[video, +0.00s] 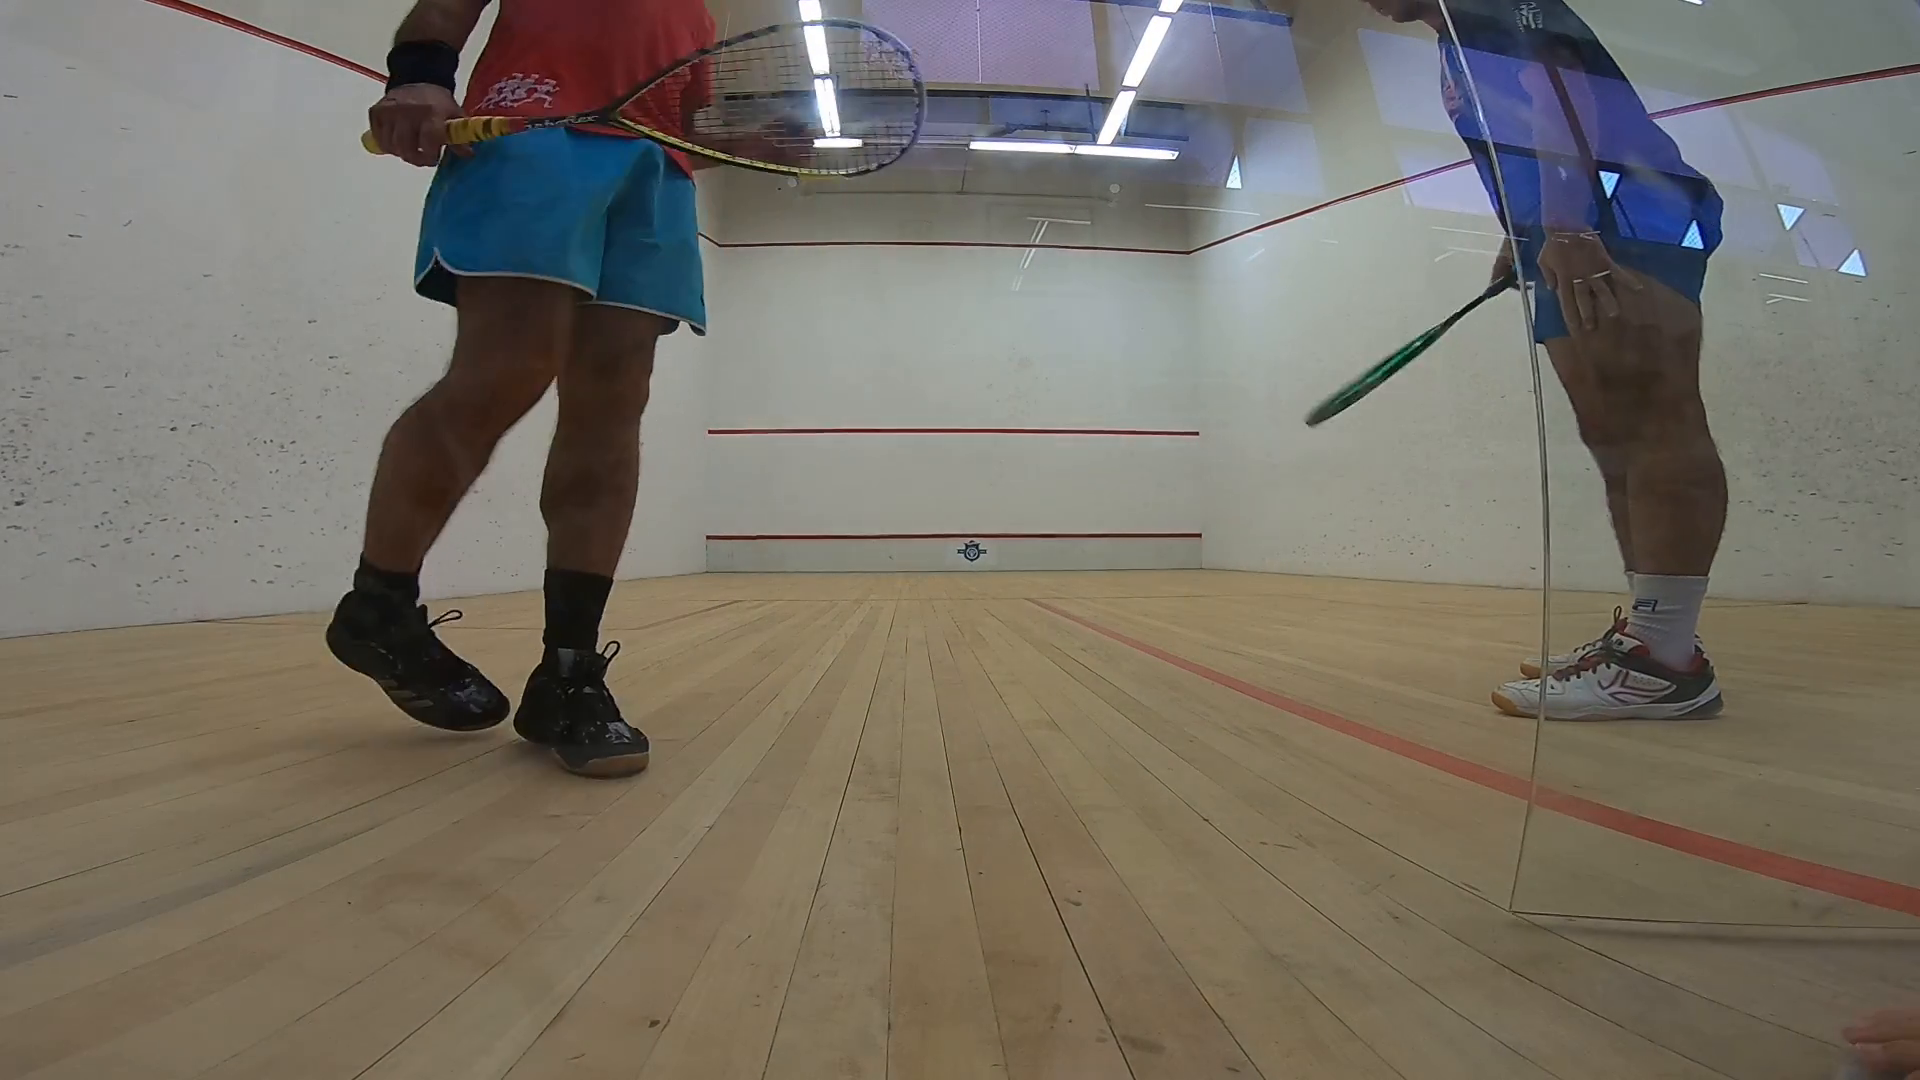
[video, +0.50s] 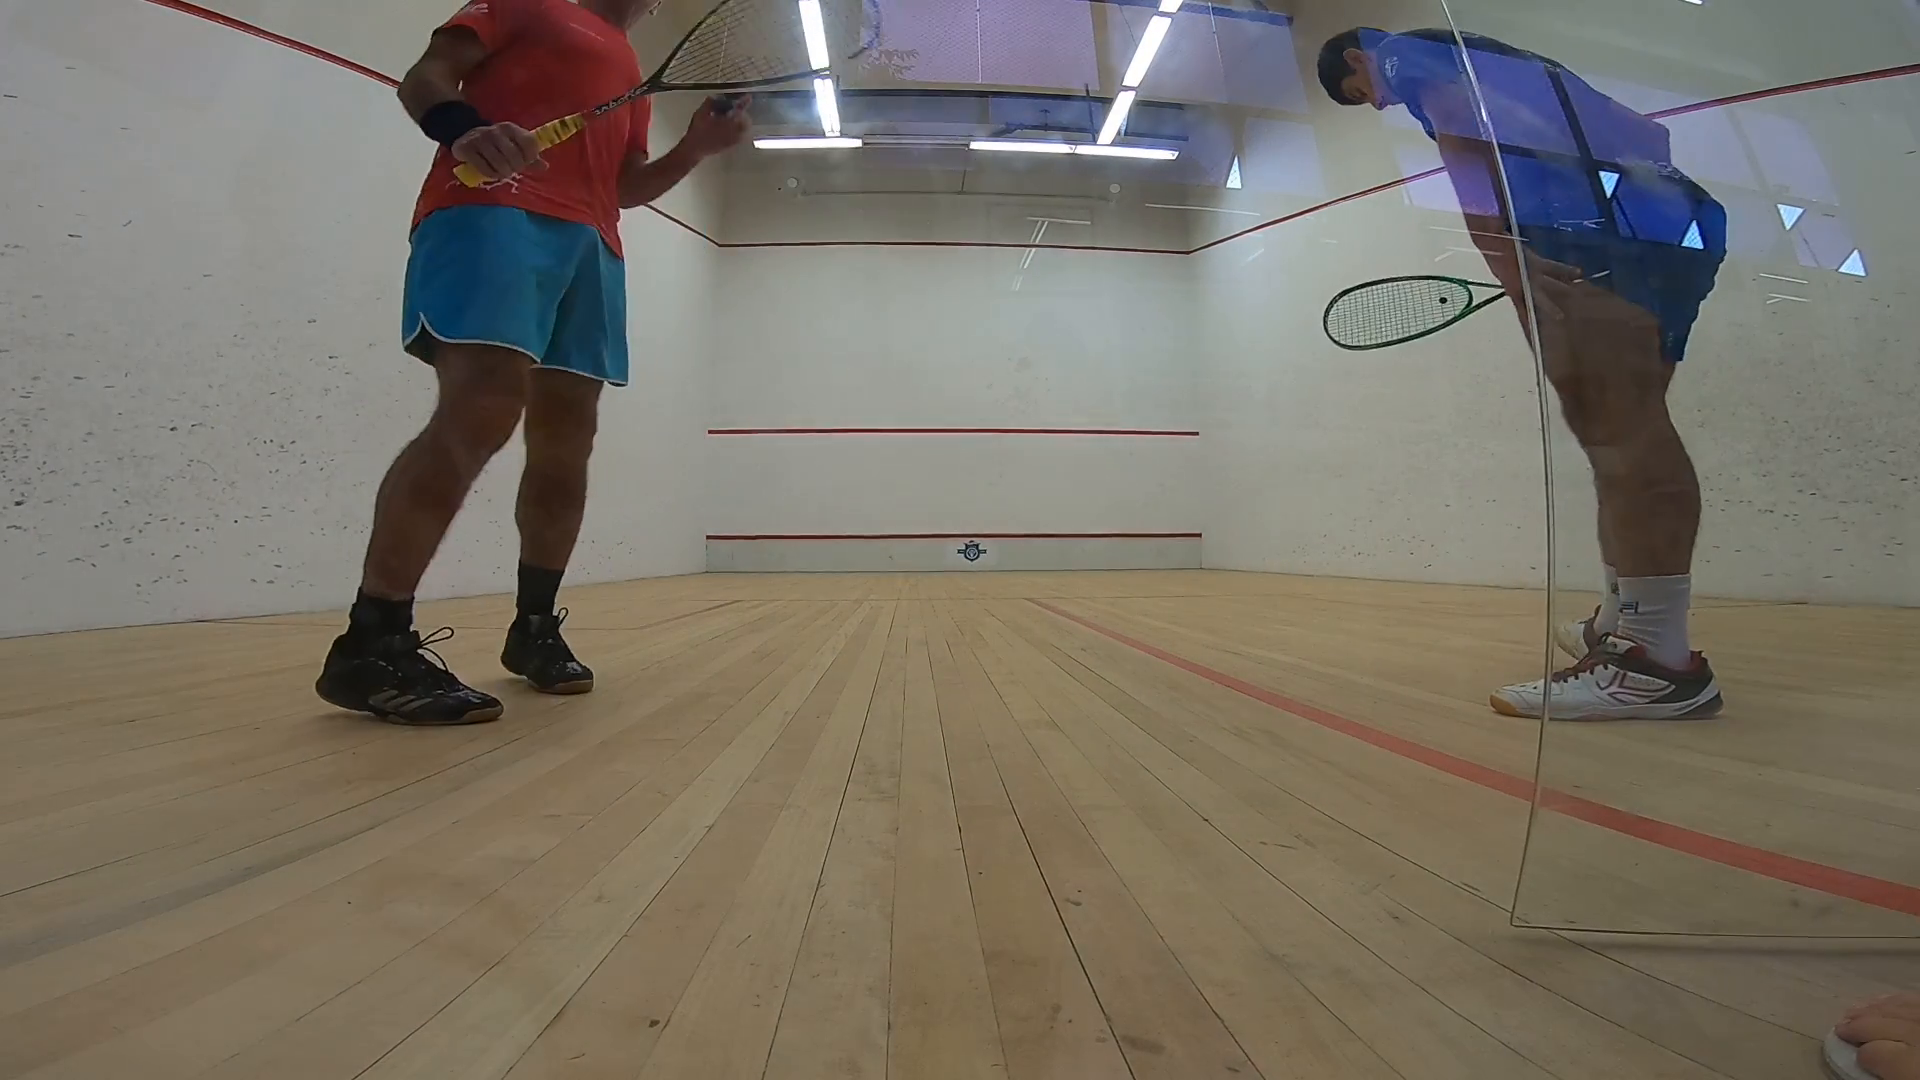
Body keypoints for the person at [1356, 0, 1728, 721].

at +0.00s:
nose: (1374, 5)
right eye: (1369, 3)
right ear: (1397, 10)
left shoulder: (1491, 8)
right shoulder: (1459, 57)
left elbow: (1558, 82)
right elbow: (1522, 139)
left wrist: (1569, 225)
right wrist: (1519, 229)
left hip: (1628, 218)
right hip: (1570, 237)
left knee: (1659, 421)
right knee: (1613, 431)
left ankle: (1670, 659)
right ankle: (1649, 637)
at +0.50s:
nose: (1373, 102)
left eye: (1358, 90)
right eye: (1361, 100)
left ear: (1358, 54)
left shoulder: (1405, 54)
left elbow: (1464, 136)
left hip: (1605, 227)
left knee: (1624, 423)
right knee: (1611, 423)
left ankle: (1663, 658)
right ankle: (1627, 627)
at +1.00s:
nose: (1390, 127)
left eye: (1387, 115)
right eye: (1387, 119)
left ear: (1396, 92)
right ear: (1446, 83)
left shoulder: (1410, 90)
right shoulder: (1533, 117)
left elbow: (1429, 175)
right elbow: (1613, 199)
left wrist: (1424, 285)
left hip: (1504, 260)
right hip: (1611, 263)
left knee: (1439, 427)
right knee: (1606, 452)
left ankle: (1466, 610)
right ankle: (1611, 635)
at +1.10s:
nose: (1383, 157)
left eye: (1376, 145)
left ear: (1387, 117)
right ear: (1438, 105)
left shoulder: (1395, 123)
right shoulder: (1513, 128)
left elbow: (1407, 194)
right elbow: (1603, 204)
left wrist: (1419, 299)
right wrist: (1587, 294)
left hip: (1489, 278)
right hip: (1591, 278)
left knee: (1456, 452)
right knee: (1595, 455)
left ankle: (1414, 604)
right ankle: (1613, 633)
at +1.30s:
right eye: (1423, 123)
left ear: (1372, 139)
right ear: (1425, 126)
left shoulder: (1354, 169)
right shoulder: (1490, 146)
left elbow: (1346, 236)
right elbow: (1567, 203)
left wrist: (1383, 329)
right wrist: (1565, 291)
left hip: (1442, 319)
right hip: (1542, 308)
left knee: (1429, 472)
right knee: (1557, 456)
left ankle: (1415, 615)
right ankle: (1604, 613)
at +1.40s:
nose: (1429, 126)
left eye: (1425, 121)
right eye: (1421, 121)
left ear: (1368, 138)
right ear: (1396, 126)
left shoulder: (1340, 185)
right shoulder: (1468, 146)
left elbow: (1321, 250)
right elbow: (1538, 197)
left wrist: (1364, 332)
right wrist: (1553, 281)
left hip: (1420, 322)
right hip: (1514, 306)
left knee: (1422, 473)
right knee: (1550, 451)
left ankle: (1418, 614)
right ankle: (1581, 574)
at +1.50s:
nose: (1428, 128)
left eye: (1423, 122)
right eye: (1417, 121)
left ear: (1370, 138)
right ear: (1383, 129)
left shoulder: (1337, 193)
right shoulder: (1447, 147)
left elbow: (1309, 262)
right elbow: (1496, 197)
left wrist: (1357, 329)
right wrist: (1535, 275)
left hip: (1406, 327)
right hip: (1494, 308)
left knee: (1418, 474)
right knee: (1554, 441)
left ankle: (1418, 615)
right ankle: (1553, 565)